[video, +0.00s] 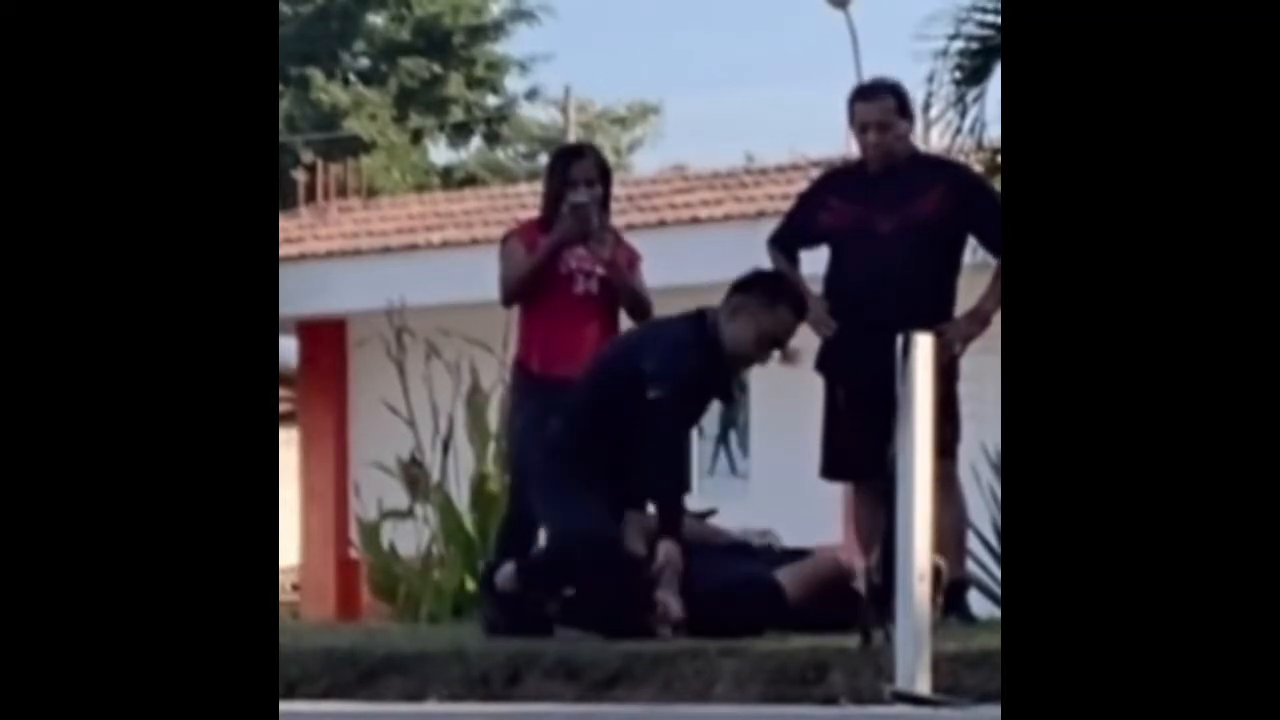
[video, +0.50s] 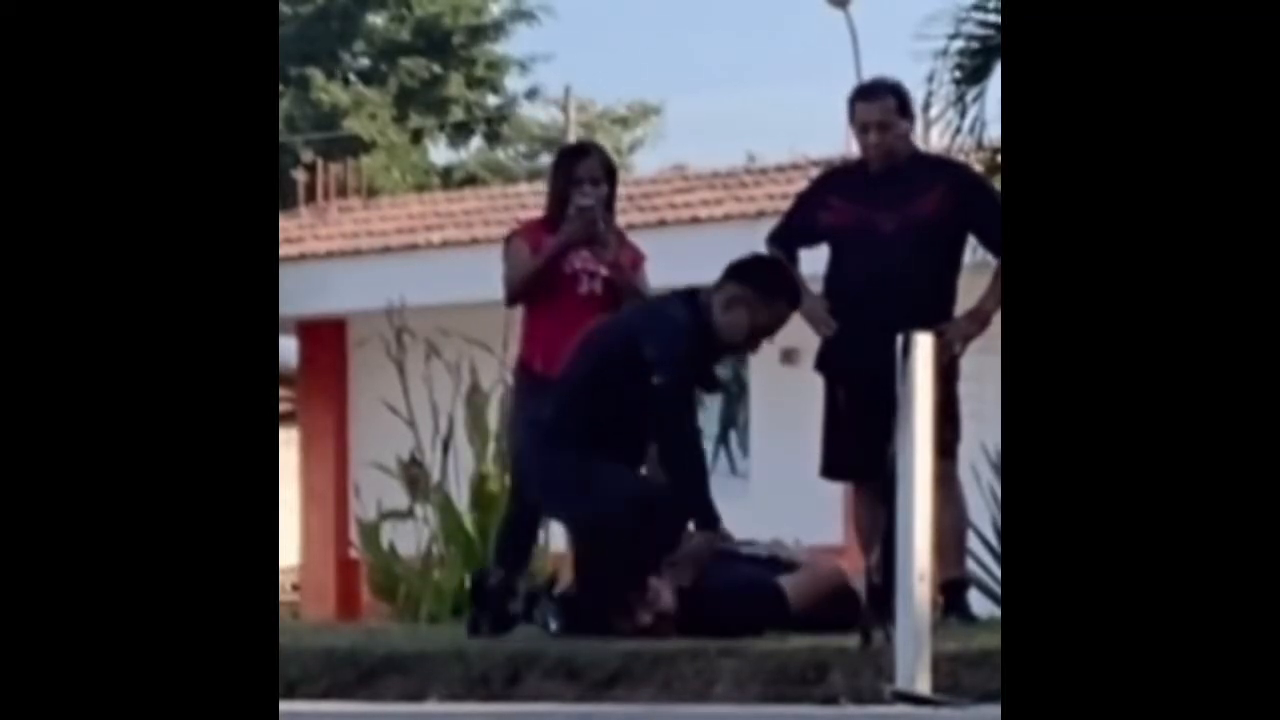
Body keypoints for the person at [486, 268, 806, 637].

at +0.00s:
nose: (767, 357)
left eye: (777, 347)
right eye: (769, 341)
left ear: (739, 312)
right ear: (738, 311)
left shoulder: (707, 357)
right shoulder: (678, 353)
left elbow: (666, 439)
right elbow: (663, 448)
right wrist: (669, 535)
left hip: (613, 471)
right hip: (569, 466)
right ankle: (521, 582)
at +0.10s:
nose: (765, 356)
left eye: (774, 346)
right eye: (767, 341)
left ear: (737, 310)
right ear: (737, 309)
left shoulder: (703, 352)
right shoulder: (677, 349)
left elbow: (667, 439)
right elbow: (663, 443)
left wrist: (685, 514)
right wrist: (675, 528)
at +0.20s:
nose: (761, 354)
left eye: (771, 344)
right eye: (764, 337)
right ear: (734, 308)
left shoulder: (699, 352)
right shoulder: (677, 347)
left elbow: (666, 450)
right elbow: (666, 451)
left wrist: (690, 524)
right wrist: (696, 520)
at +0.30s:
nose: (758, 350)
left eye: (767, 340)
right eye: (761, 334)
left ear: (732, 306)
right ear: (733, 307)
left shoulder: (688, 340)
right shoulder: (675, 343)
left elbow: (671, 448)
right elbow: (670, 450)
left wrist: (694, 526)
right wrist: (702, 525)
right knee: (599, 615)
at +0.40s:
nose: (755, 347)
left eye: (763, 337)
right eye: (757, 331)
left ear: (729, 301)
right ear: (730, 301)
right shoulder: (671, 333)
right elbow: (678, 443)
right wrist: (706, 524)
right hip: (558, 460)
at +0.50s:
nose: (755, 347)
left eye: (764, 337)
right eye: (758, 331)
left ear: (730, 302)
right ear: (731, 303)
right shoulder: (671, 332)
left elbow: (675, 440)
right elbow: (677, 442)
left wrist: (700, 521)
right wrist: (707, 525)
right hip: (558, 460)